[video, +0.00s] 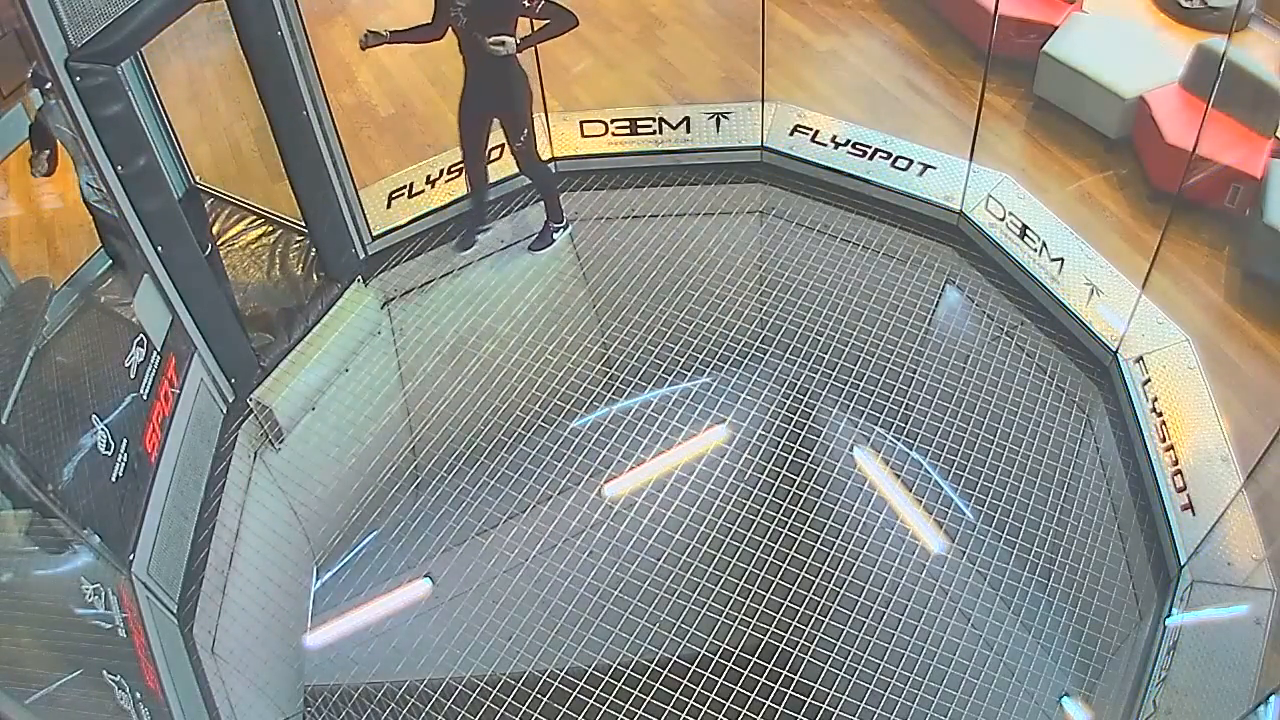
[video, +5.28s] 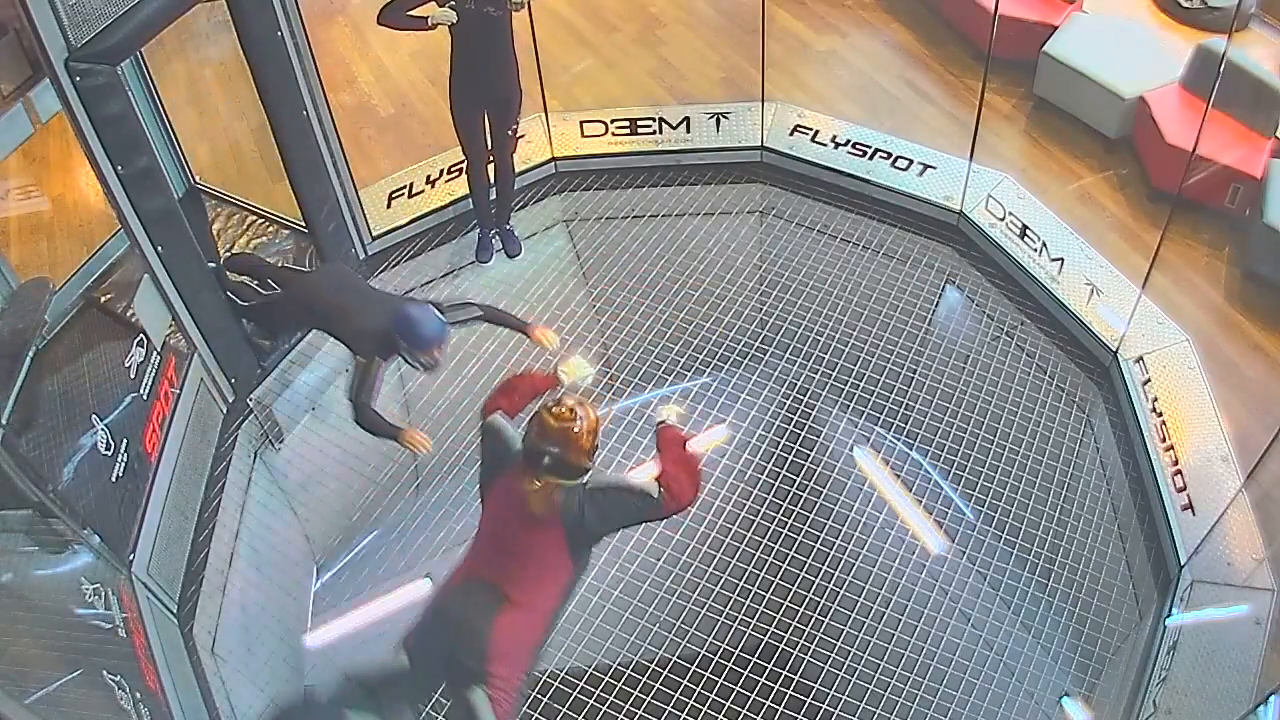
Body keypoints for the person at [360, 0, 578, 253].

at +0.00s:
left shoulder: (512, 4)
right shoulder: (448, 4)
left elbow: (567, 19)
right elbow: (436, 31)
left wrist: (520, 45)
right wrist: (385, 37)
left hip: (509, 82)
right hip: (474, 86)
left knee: (527, 160)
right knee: (473, 159)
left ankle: (557, 219)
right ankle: (479, 220)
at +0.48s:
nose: (424, 15)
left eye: (430, 11)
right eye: (421, 9)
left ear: (445, 4)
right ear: (418, 3)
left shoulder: (472, 12)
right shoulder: (415, 7)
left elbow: (538, 42)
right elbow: (412, 36)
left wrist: (486, 60)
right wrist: (365, 47)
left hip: (473, 99)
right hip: (437, 104)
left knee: (501, 164)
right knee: (447, 173)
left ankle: (542, 214)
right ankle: (466, 232)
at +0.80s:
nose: (424, 5)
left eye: (429, 2)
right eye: (418, 2)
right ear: (411, 1)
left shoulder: (462, 10)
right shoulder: (402, 10)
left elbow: (527, 34)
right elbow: (396, 41)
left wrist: (481, 58)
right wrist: (357, 63)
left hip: (468, 101)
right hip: (430, 109)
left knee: (485, 170)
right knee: (447, 178)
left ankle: (504, 225)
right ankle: (466, 233)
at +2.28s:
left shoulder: (470, 4)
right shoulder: (399, 5)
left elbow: (529, 17)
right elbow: (359, 41)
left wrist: (483, 45)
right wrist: (395, 51)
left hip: (472, 86)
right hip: (435, 92)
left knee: (487, 157)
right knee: (450, 166)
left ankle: (503, 224)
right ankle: (466, 232)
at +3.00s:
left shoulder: (486, 1)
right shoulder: (420, 1)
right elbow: (372, 32)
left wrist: (498, 8)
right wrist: (424, 31)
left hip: (491, 80)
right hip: (452, 87)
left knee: (498, 156)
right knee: (468, 160)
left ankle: (504, 225)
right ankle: (483, 229)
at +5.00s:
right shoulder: (442, 1)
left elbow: (519, 8)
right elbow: (390, 18)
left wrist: (521, 6)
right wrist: (430, 26)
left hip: (505, 79)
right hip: (466, 82)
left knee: (505, 154)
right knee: (476, 158)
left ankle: (504, 225)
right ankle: (484, 229)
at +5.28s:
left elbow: (517, 6)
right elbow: (387, 15)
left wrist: (518, 4)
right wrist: (428, 21)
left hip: (504, 78)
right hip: (465, 82)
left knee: (504, 154)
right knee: (477, 158)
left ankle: (504, 225)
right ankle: (485, 229)